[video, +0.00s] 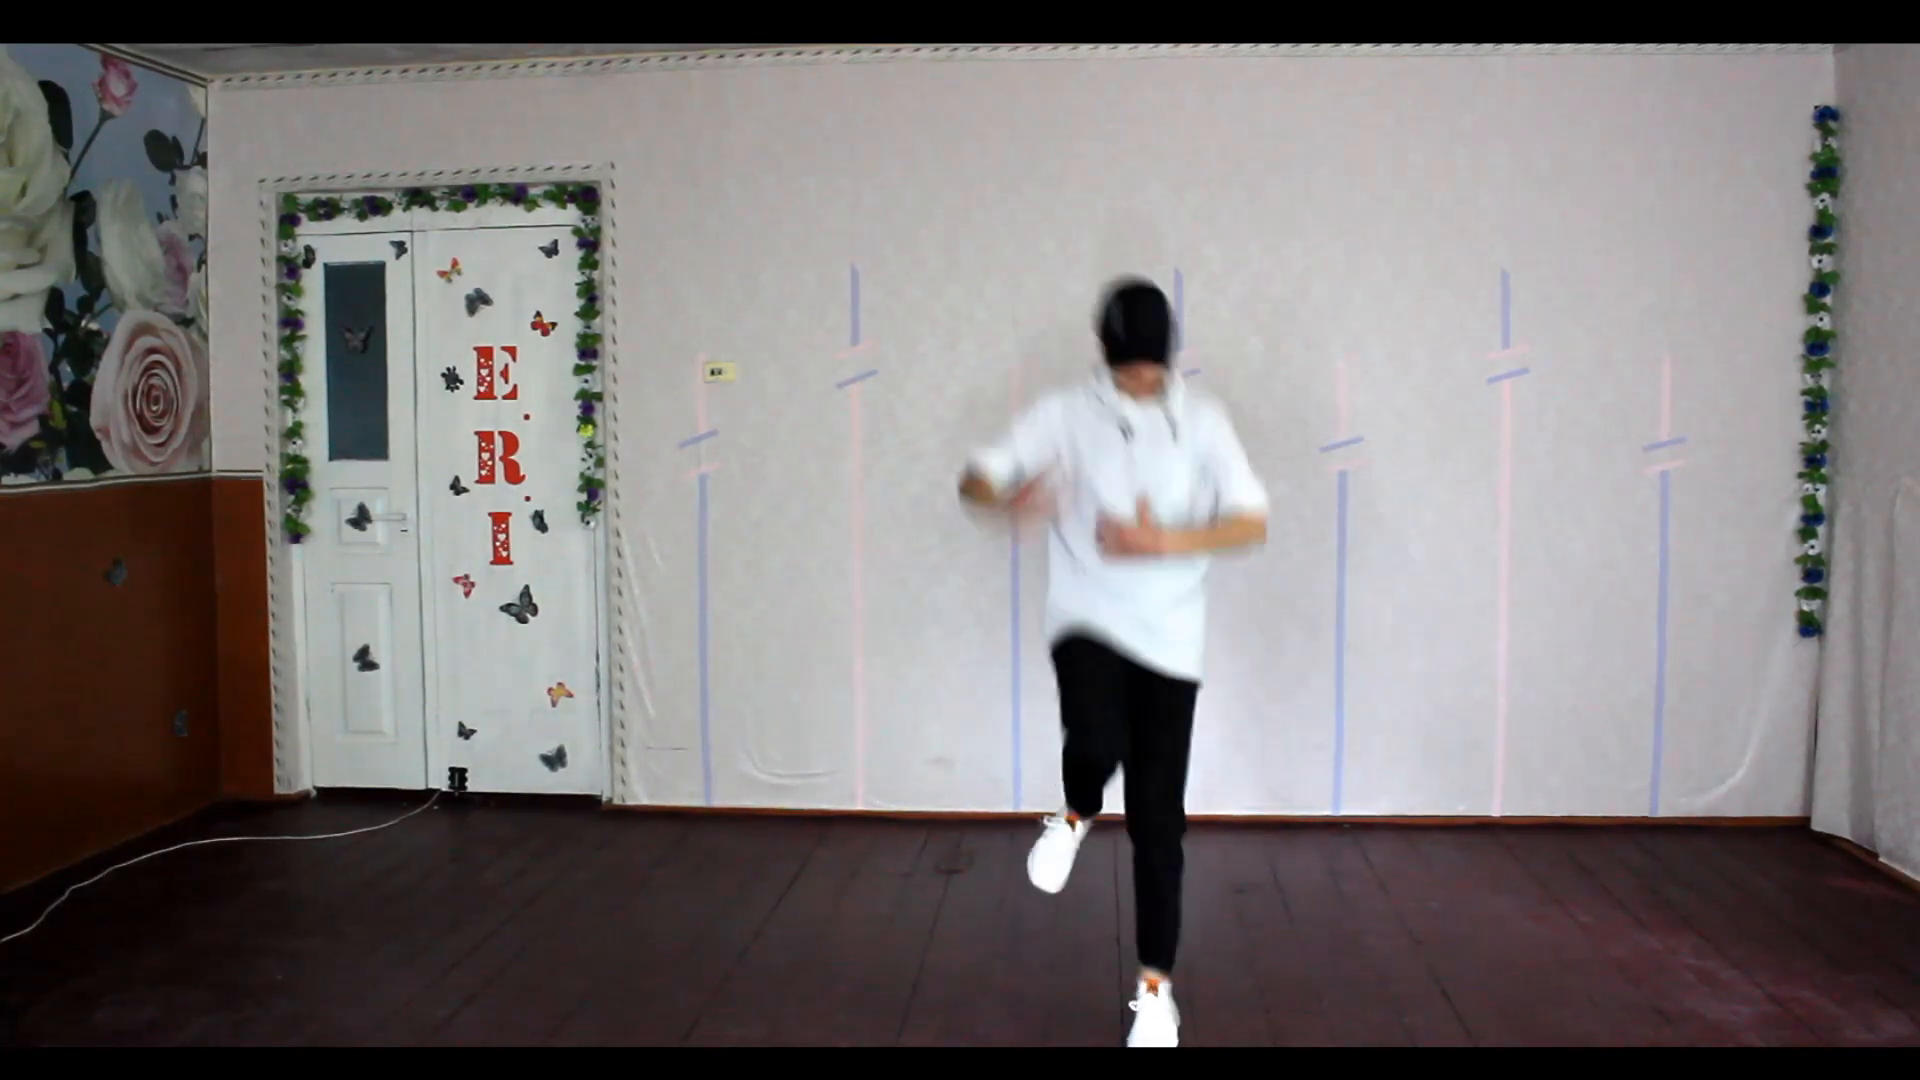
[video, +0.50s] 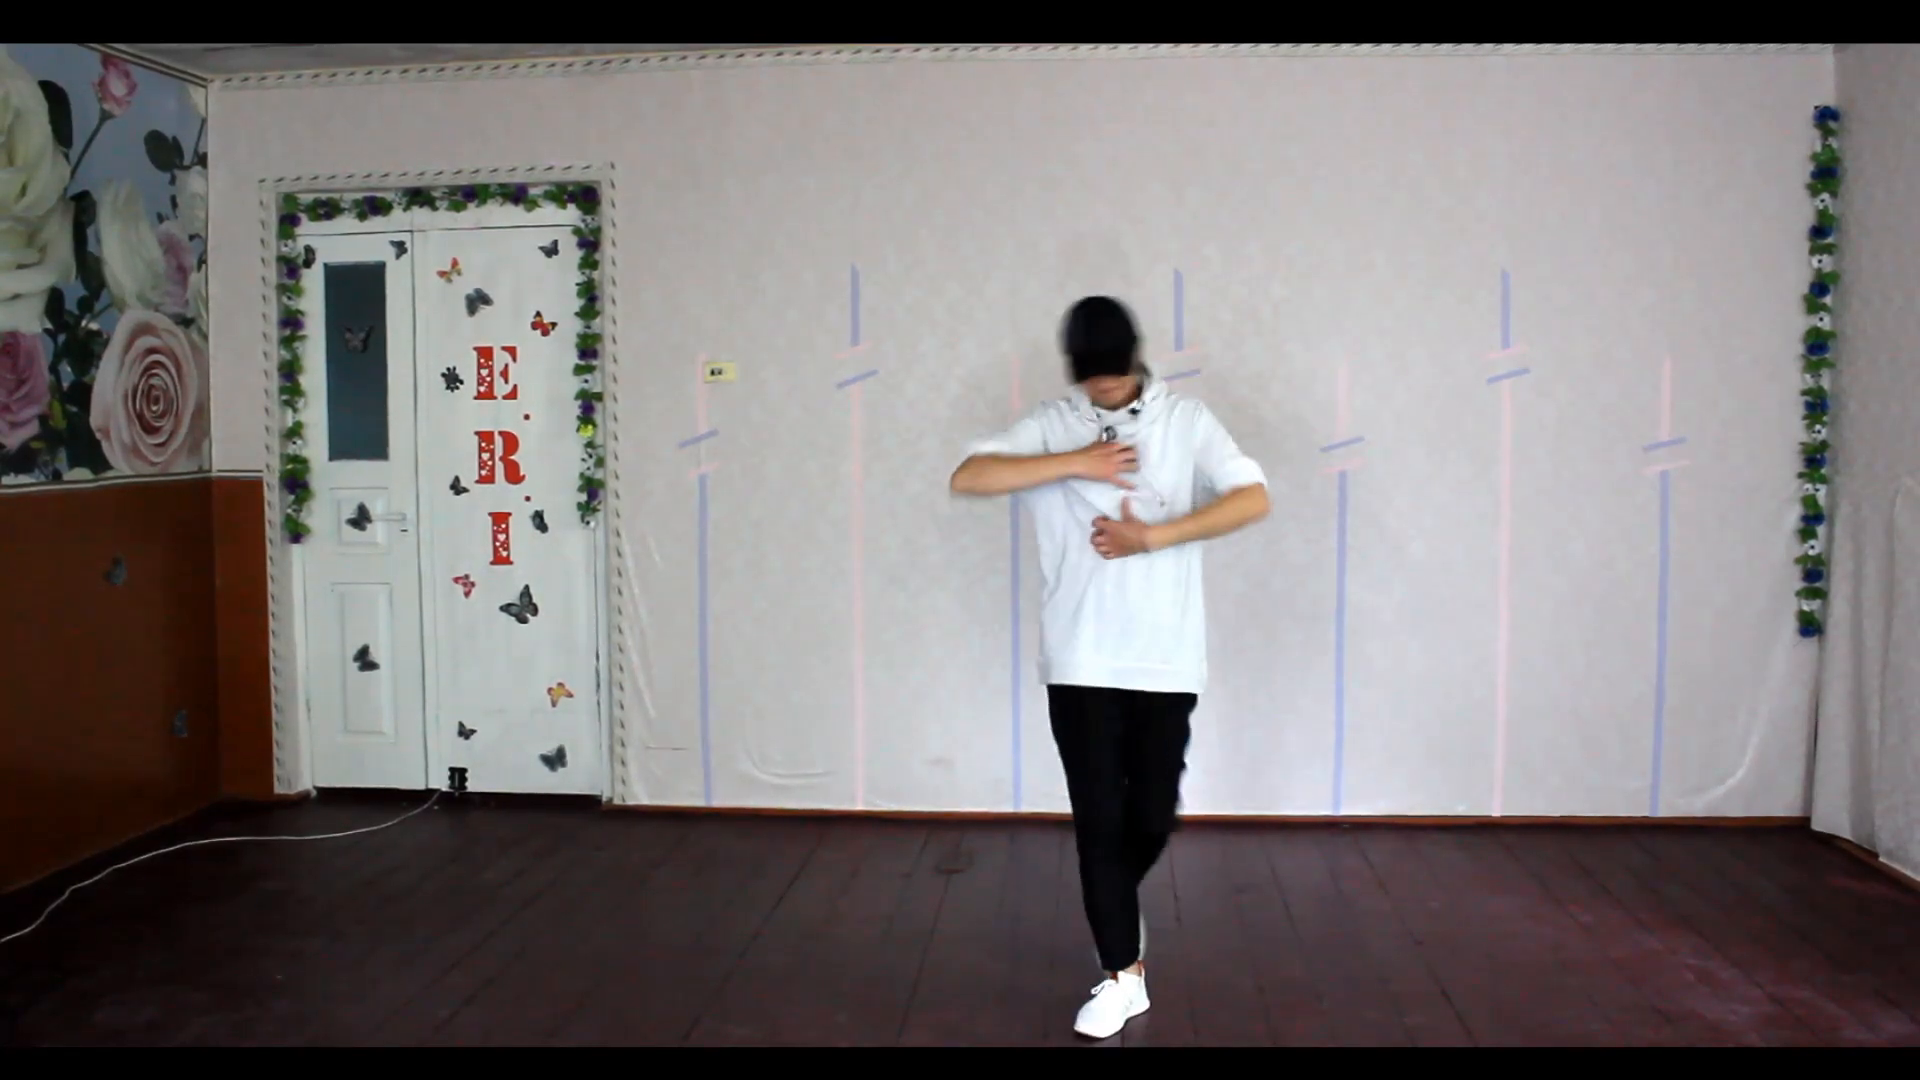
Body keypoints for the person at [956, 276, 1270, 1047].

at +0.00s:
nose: (1145, 377)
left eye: (1156, 363)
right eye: (1132, 365)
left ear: (1172, 352)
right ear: (1108, 354)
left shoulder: (1200, 416)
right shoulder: (1069, 412)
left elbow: (1251, 521)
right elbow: (975, 479)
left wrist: (1157, 540)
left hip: (1169, 635)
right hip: (1087, 618)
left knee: (1156, 818)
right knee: (1094, 741)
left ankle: (1154, 985)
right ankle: (1076, 821)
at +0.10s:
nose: (1092, 360)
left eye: (1101, 349)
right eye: (1077, 351)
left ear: (1122, 323)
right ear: (1058, 335)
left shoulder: (1183, 374)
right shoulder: (1052, 377)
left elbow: (1260, 465)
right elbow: (979, 425)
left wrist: (1170, 504)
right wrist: (1092, 418)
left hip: (1169, 593)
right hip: (1089, 576)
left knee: (1145, 759)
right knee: (1098, 718)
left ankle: (1117, 918)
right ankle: (1081, 867)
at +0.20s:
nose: (1096, 361)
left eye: (1107, 348)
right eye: (1082, 349)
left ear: (1128, 327)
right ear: (1063, 334)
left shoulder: (1182, 379)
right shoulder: (1054, 385)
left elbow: (1257, 470)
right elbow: (979, 434)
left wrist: (1165, 504)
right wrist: (1092, 424)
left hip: (1170, 609)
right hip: (1087, 599)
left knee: (1143, 769)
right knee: (1098, 754)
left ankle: (1103, 919)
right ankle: (1101, 925)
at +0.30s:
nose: (1143, 392)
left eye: (1156, 381)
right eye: (1130, 380)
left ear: (1173, 365)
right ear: (1107, 359)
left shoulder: (1189, 420)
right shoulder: (1062, 417)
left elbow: (1239, 501)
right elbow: (968, 475)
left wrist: (1130, 525)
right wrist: (1080, 468)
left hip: (1164, 659)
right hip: (1081, 658)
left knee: (1129, 811)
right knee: (1105, 818)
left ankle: (1093, 923)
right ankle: (1126, 971)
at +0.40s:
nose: (1123, 395)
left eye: (1128, 379)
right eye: (1112, 381)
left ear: (1132, 360)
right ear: (1098, 365)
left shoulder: (1190, 424)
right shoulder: (1057, 424)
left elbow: (1250, 506)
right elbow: (979, 469)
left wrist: (1147, 530)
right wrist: (1092, 466)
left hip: (1163, 659)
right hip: (1078, 659)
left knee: (1129, 818)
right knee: (1102, 826)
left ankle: (1097, 931)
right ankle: (1125, 976)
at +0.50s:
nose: (1111, 398)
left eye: (1120, 383)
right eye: (1097, 387)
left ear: (1138, 361)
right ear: (1075, 372)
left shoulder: (1185, 420)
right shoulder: (1052, 424)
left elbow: (1254, 499)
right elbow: (967, 477)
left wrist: (1153, 535)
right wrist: (1075, 464)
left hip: (1167, 662)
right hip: (1080, 662)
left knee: (1152, 823)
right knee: (1099, 828)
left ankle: (1119, 901)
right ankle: (1122, 976)